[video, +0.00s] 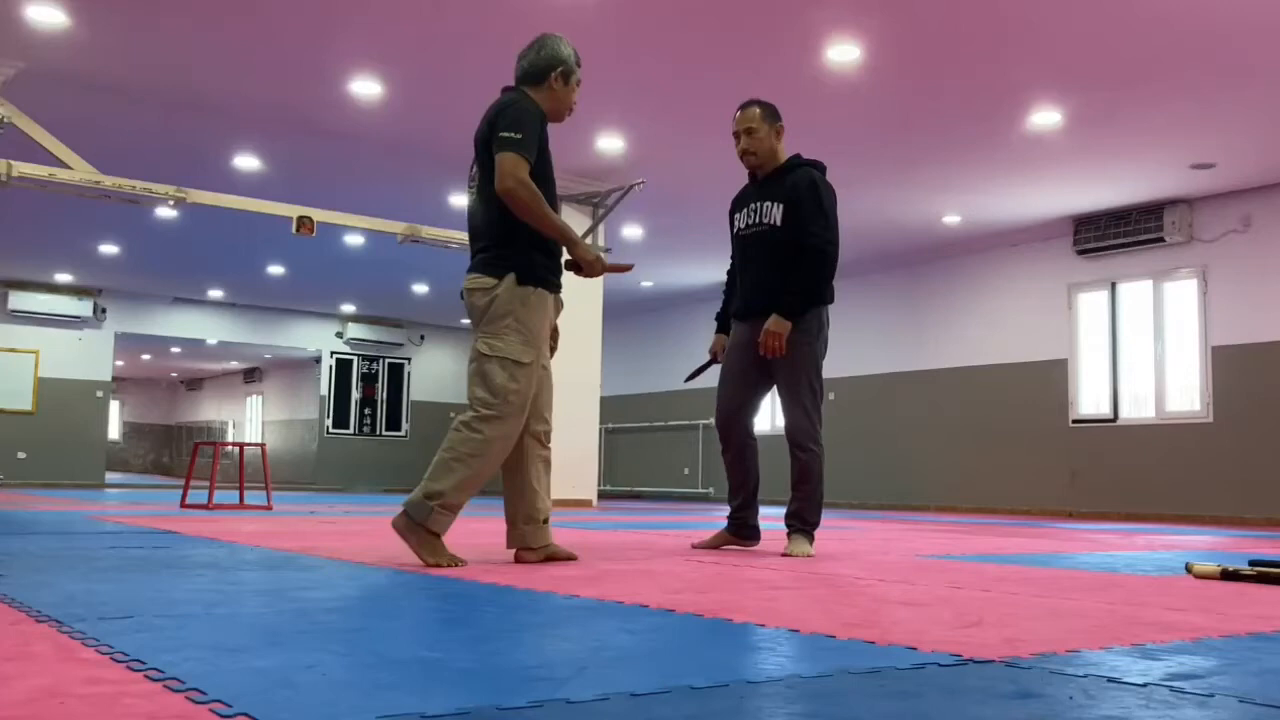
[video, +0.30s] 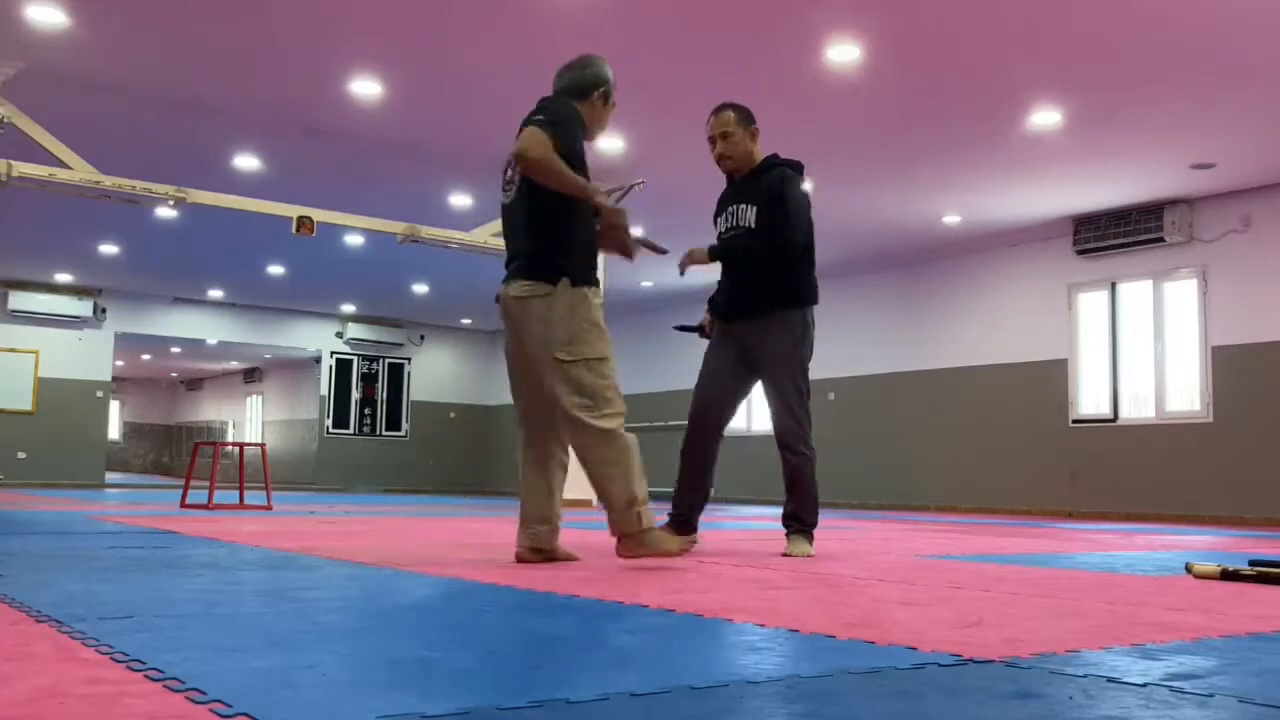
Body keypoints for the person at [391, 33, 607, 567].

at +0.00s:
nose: (577, 99)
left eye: (578, 88)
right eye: (576, 87)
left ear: (539, 77)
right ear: (556, 79)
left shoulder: (521, 119)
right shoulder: (518, 109)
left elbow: (516, 226)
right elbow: (511, 183)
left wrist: (544, 303)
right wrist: (575, 243)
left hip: (527, 291)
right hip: (510, 289)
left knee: (532, 421)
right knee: (497, 413)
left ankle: (531, 538)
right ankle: (423, 519)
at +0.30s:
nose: (608, 119)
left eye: (609, 110)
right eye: (610, 108)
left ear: (564, 89)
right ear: (598, 97)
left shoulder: (540, 130)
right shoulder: (562, 114)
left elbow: (549, 225)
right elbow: (529, 152)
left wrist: (603, 237)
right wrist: (596, 200)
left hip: (524, 298)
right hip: (559, 298)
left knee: (542, 422)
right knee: (599, 411)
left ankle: (537, 538)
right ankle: (635, 531)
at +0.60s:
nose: (622, 106)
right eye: (620, 98)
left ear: (564, 96)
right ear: (615, 97)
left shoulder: (524, 144)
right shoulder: (628, 130)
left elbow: (507, 230)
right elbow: (693, 194)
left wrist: (557, 210)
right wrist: (727, 244)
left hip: (548, 291)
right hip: (610, 287)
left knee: (554, 422)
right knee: (638, 413)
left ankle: (539, 539)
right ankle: (640, 529)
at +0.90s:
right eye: (649, 80)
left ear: (590, 81)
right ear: (647, 81)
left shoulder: (554, 124)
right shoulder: (667, 115)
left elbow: (528, 216)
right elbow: (711, 197)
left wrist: (581, 195)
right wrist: (729, 254)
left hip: (572, 278)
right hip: (643, 278)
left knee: (563, 416)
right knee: (651, 421)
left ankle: (540, 542)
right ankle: (639, 551)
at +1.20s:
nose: (649, 117)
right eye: (644, 113)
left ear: (585, 113)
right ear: (625, 104)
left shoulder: (560, 157)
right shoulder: (619, 104)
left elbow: (599, 249)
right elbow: (649, 131)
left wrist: (666, 302)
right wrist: (682, 227)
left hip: (548, 289)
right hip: (609, 284)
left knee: (548, 424)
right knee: (652, 425)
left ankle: (511, 539)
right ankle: (641, 551)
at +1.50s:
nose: (643, 129)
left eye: (644, 121)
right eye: (644, 118)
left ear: (596, 97)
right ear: (632, 107)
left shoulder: (559, 150)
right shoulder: (606, 112)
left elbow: (581, 252)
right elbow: (595, 130)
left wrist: (641, 308)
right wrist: (636, 209)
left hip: (527, 286)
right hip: (581, 284)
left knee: (548, 416)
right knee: (634, 423)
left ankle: (509, 538)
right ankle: (630, 551)